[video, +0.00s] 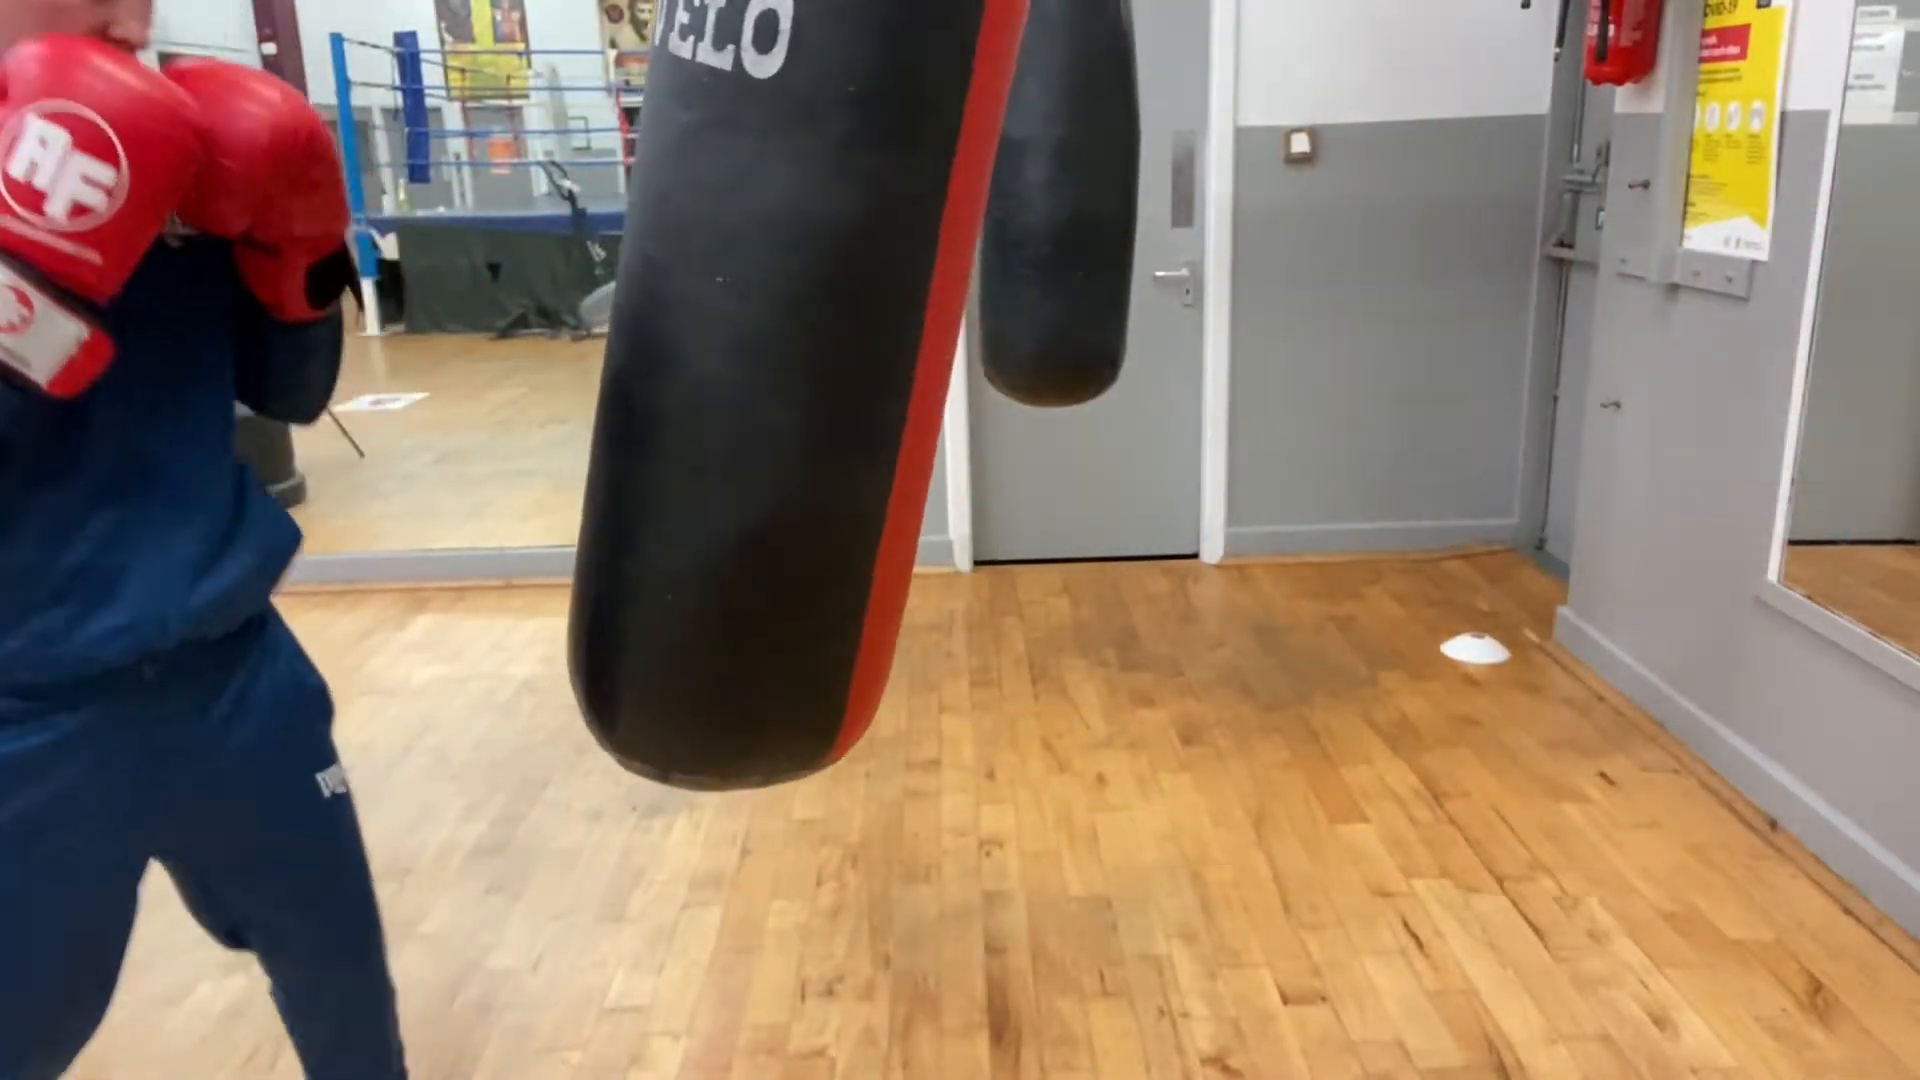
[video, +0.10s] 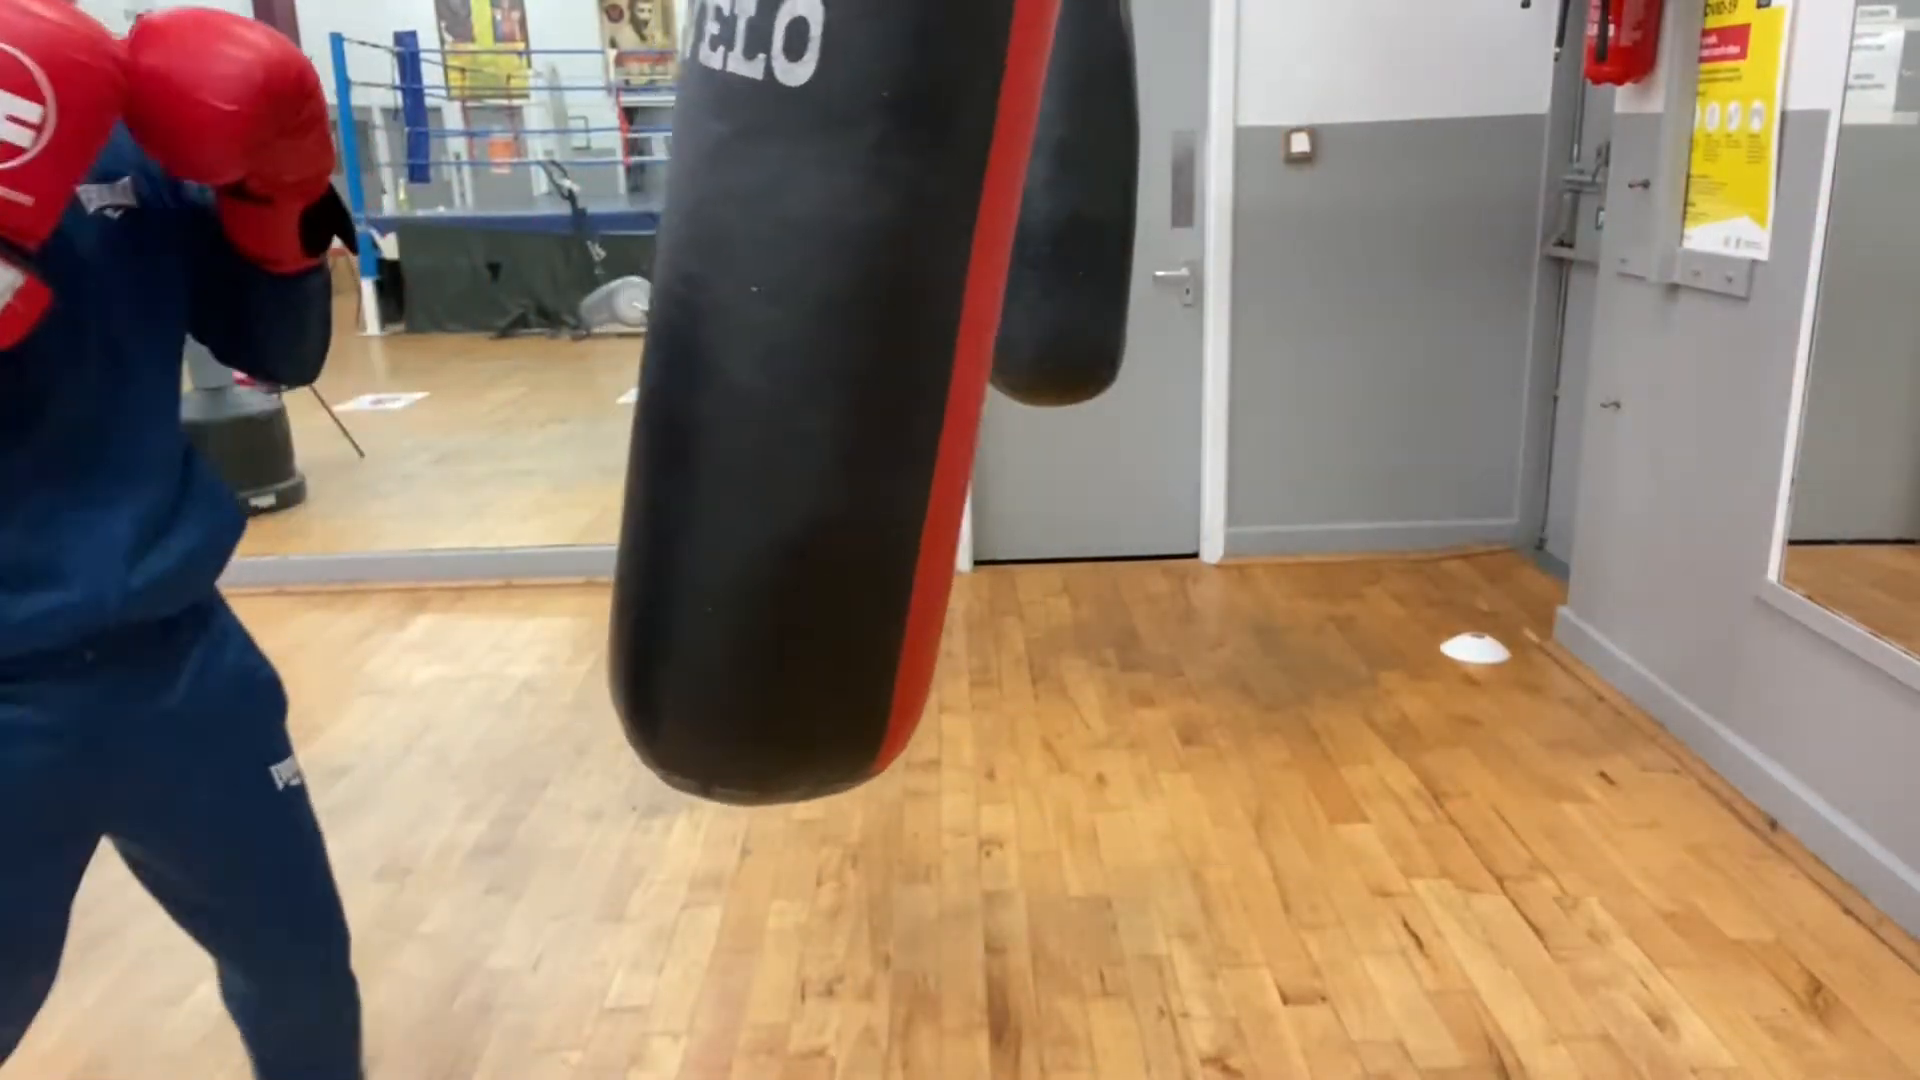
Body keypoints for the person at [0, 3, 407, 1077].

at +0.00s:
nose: (116, 28)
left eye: (127, 14)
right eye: (76, 17)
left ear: (148, 16)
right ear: (0, 25)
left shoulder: (186, 146)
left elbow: (292, 392)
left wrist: (295, 239)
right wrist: (34, 277)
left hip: (233, 675)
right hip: (29, 722)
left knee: (344, 990)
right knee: (23, 1044)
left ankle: (367, 1075)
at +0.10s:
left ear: (66, 52)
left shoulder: (128, 149)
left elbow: (283, 355)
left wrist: (279, 193)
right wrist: (13, 230)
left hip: (180, 665)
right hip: (14, 704)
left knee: (305, 989)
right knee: (0, 1009)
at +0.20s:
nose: (22, 44)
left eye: (18, 33)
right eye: (7, 34)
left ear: (26, 29)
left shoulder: (83, 188)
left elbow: (258, 406)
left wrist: (257, 261)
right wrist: (14, 210)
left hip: (151, 726)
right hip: (10, 765)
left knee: (281, 1008)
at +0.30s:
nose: (12, 22)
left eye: (11, 16)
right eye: (7, 16)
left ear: (17, 29)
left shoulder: (78, 199)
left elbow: (197, 436)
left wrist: (226, 333)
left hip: (149, 730)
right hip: (7, 783)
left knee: (310, 1023)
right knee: (8, 1060)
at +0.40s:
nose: (12, 26)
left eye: (19, 11)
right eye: (4, 13)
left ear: (31, 15)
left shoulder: (84, 143)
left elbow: (277, 357)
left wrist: (270, 202)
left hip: (170, 690)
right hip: (13, 747)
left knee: (371, 980)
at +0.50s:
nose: (76, 35)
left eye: (83, 24)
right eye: (45, 26)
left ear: (104, 21)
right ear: (7, 20)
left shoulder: (143, 154)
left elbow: (317, 359)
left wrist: (321, 212)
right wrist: (13, 230)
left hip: (207, 697)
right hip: (27, 748)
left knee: (436, 963)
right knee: (13, 1052)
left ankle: (500, 1072)